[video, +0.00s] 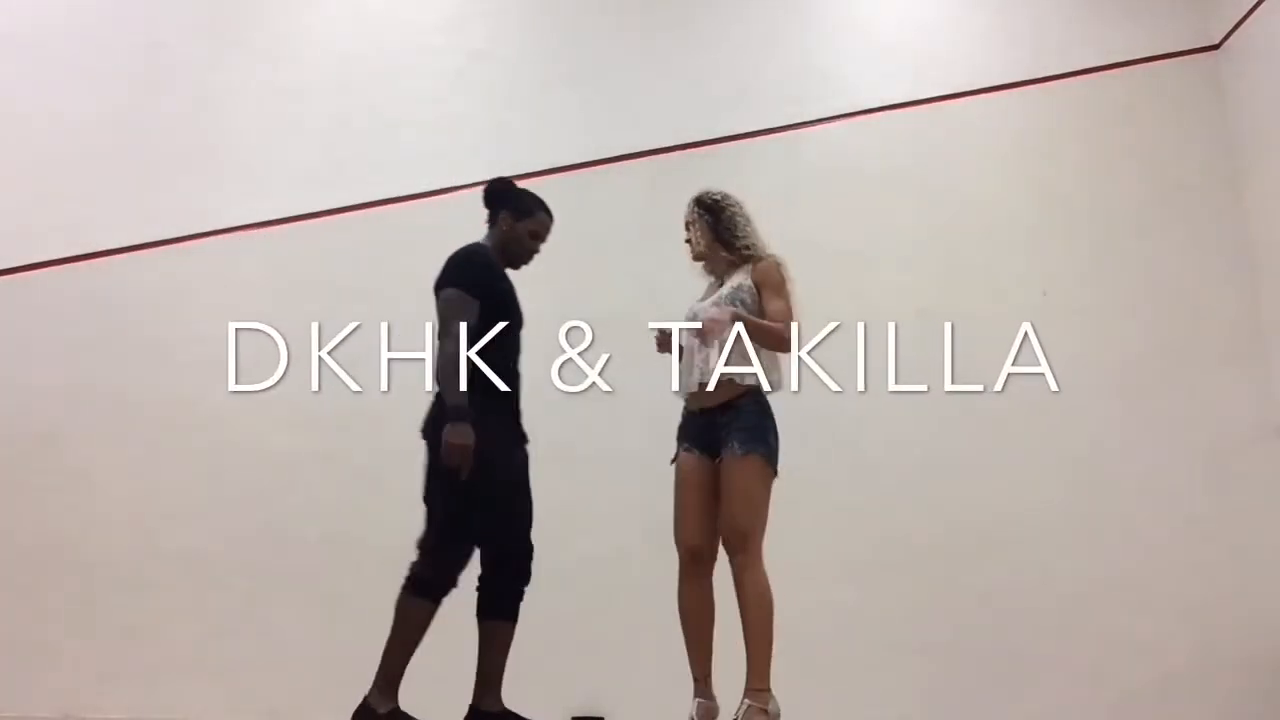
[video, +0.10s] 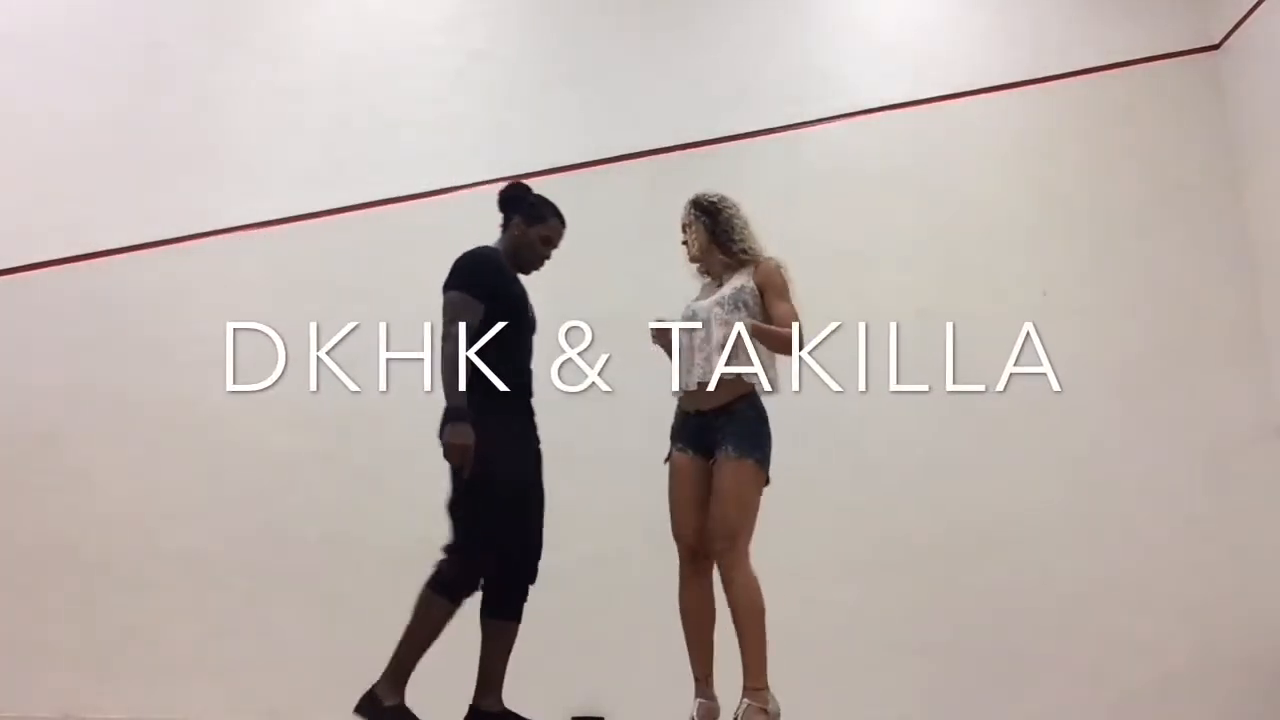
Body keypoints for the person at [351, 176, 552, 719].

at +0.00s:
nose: (537, 249)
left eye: (541, 241)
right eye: (535, 236)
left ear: (514, 227)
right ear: (504, 221)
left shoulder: (494, 278)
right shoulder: (470, 263)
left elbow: (489, 364)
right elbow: (452, 343)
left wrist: (507, 433)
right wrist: (456, 416)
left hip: (500, 438)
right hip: (469, 432)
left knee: (510, 564)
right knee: (441, 559)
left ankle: (488, 700)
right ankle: (381, 698)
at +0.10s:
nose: (548, 255)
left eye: (553, 247)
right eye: (545, 242)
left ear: (529, 235)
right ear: (514, 225)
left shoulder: (508, 285)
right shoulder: (479, 264)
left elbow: (501, 369)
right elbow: (452, 339)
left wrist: (518, 436)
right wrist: (456, 414)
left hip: (517, 438)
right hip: (485, 433)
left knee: (515, 564)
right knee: (471, 555)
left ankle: (488, 701)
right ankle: (387, 690)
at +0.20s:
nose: (556, 259)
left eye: (561, 251)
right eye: (554, 246)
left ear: (538, 237)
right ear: (524, 228)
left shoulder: (520, 291)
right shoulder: (486, 266)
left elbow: (516, 373)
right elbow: (453, 340)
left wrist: (532, 437)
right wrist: (463, 417)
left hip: (527, 438)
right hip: (496, 434)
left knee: (518, 565)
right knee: (499, 556)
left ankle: (488, 702)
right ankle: (406, 678)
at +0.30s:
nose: (563, 262)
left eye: (569, 253)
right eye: (560, 249)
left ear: (556, 245)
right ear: (532, 232)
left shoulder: (534, 301)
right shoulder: (489, 269)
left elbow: (528, 381)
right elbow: (457, 347)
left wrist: (542, 440)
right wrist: (470, 417)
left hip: (533, 441)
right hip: (499, 435)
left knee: (524, 564)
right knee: (514, 557)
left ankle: (489, 699)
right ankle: (443, 684)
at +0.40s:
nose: (568, 264)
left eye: (575, 256)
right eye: (564, 251)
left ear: (567, 249)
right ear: (536, 234)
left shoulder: (543, 310)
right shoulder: (494, 270)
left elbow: (540, 391)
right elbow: (460, 343)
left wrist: (556, 463)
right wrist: (470, 416)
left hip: (536, 445)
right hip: (502, 438)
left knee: (530, 563)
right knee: (521, 560)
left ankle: (489, 695)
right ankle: (472, 689)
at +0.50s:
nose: (575, 261)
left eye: (581, 253)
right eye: (570, 249)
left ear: (575, 248)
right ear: (541, 233)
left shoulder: (553, 308)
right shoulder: (498, 269)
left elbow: (557, 387)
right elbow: (460, 341)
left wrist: (585, 453)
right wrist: (467, 413)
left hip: (541, 439)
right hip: (503, 431)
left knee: (533, 563)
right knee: (519, 546)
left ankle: (491, 696)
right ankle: (461, 671)